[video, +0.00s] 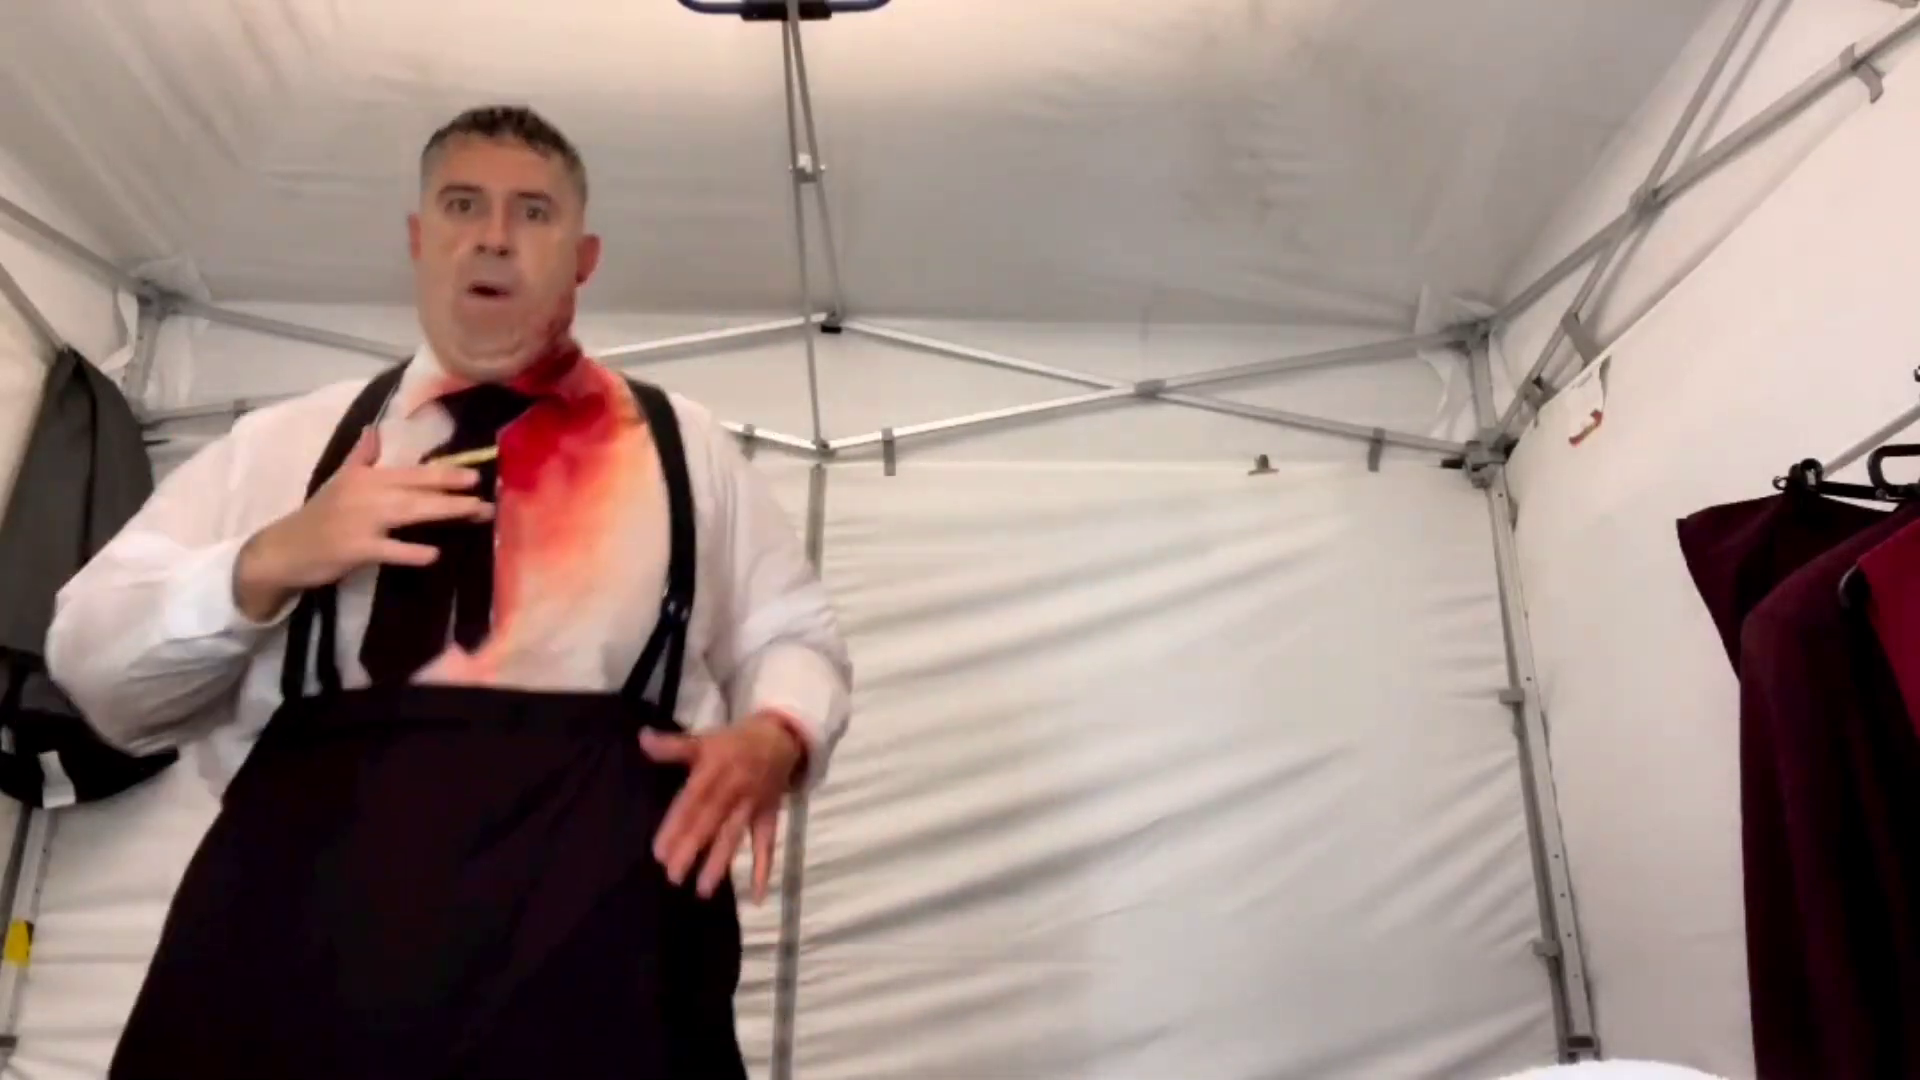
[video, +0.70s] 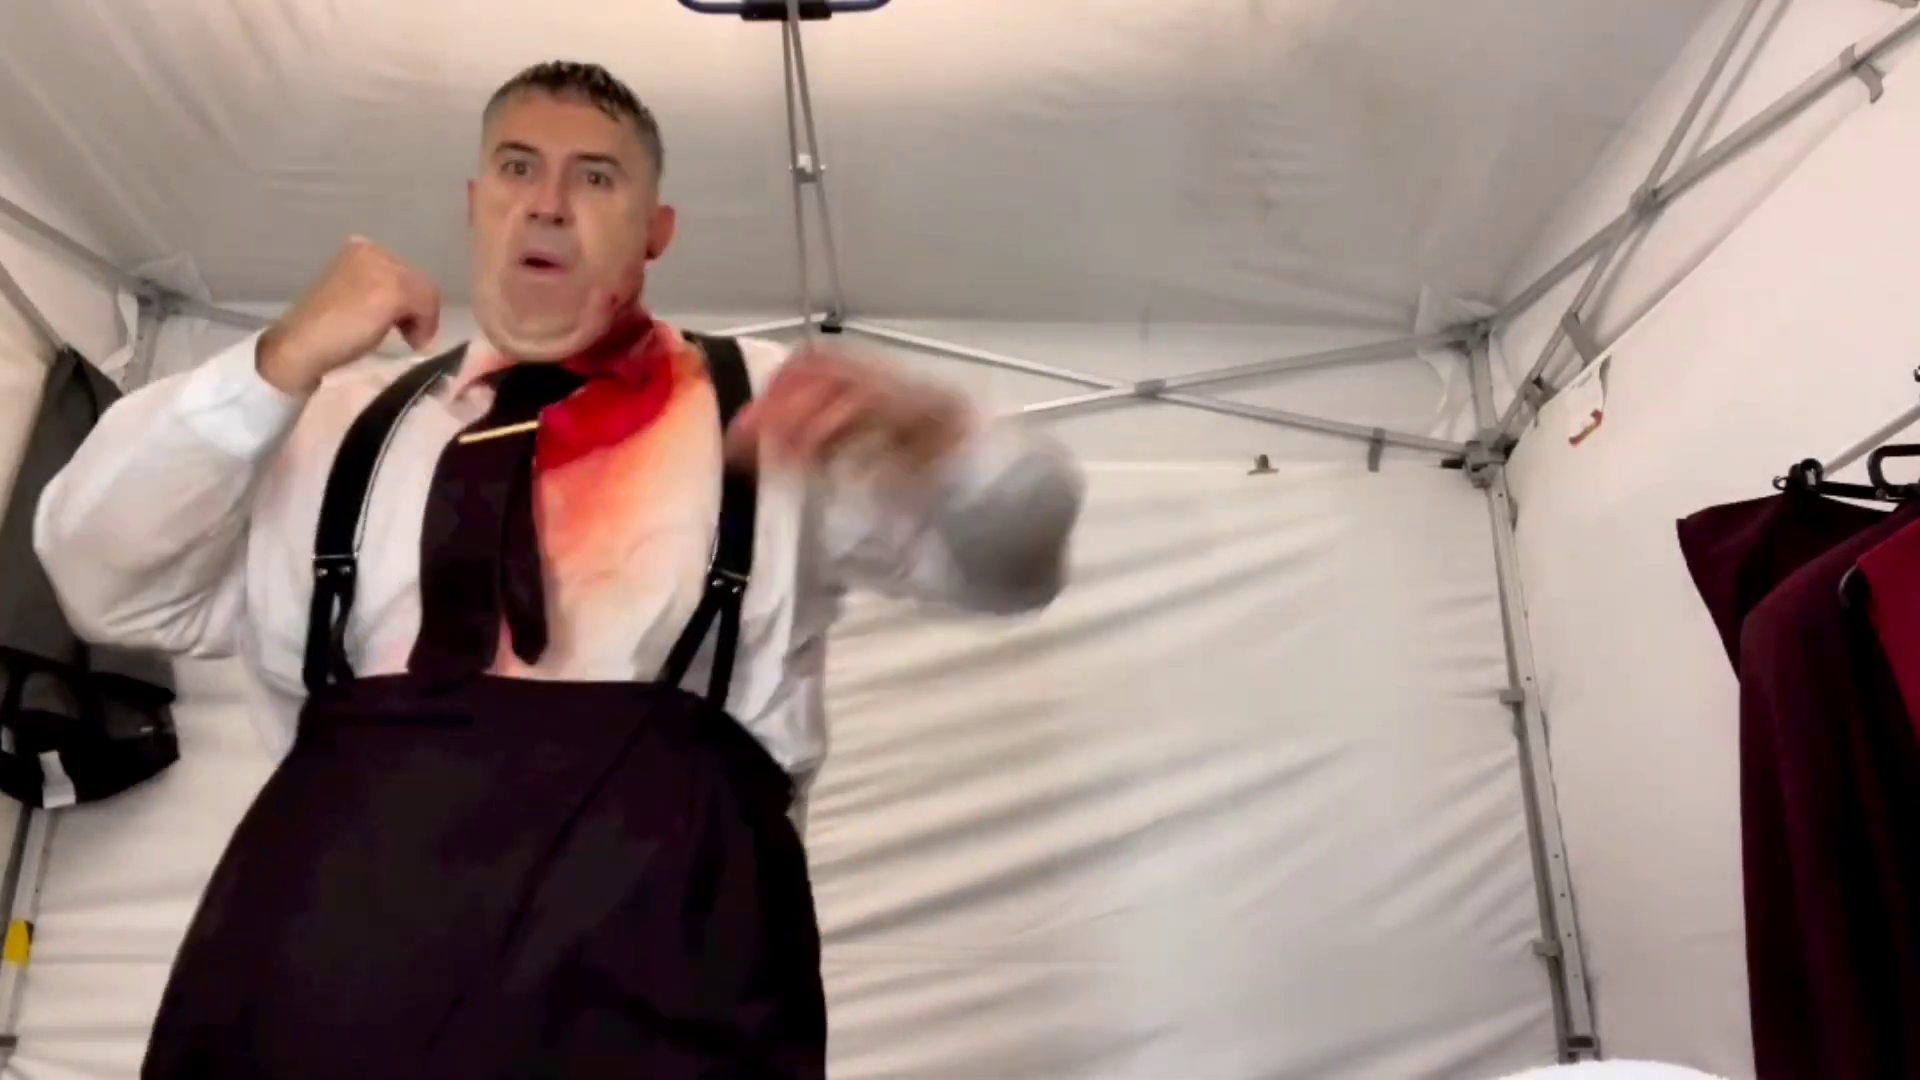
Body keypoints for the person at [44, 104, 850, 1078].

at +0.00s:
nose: (493, 239)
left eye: (531, 214)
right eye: (464, 207)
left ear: (584, 260)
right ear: (415, 242)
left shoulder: (684, 450)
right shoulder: (291, 441)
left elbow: (790, 637)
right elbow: (94, 668)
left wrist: (777, 734)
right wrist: (271, 560)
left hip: (597, 834)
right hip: (329, 831)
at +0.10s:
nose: (556, 185)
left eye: (594, 162)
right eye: (524, 153)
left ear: (636, 219)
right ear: (469, 191)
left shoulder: (724, 400)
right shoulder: (327, 375)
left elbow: (854, 577)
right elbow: (127, 601)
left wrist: (834, 621)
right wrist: (254, 555)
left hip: (638, 764)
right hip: (376, 757)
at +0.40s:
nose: (599, 204)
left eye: (638, 182)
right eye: (566, 169)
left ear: (678, 234)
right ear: (509, 202)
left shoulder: (753, 425)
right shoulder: (352, 385)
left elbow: (883, 687)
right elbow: (121, 609)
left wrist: (843, 623)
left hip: (667, 819)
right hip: (392, 798)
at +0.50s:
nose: (551, 223)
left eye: (591, 204)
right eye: (518, 195)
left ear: (634, 264)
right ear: (458, 237)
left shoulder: (724, 443)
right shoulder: (337, 418)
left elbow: (880, 651)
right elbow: (81, 525)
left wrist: (785, 663)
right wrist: (302, 376)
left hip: (645, 851)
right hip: (348, 840)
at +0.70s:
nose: (548, 203)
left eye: (595, 178)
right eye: (517, 168)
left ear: (655, 236)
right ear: (470, 208)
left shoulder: (764, 412)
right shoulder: (348, 418)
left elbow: (1017, 571)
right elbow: (97, 572)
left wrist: (941, 442)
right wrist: (273, 368)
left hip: (651, 881)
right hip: (356, 869)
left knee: (651, 790)